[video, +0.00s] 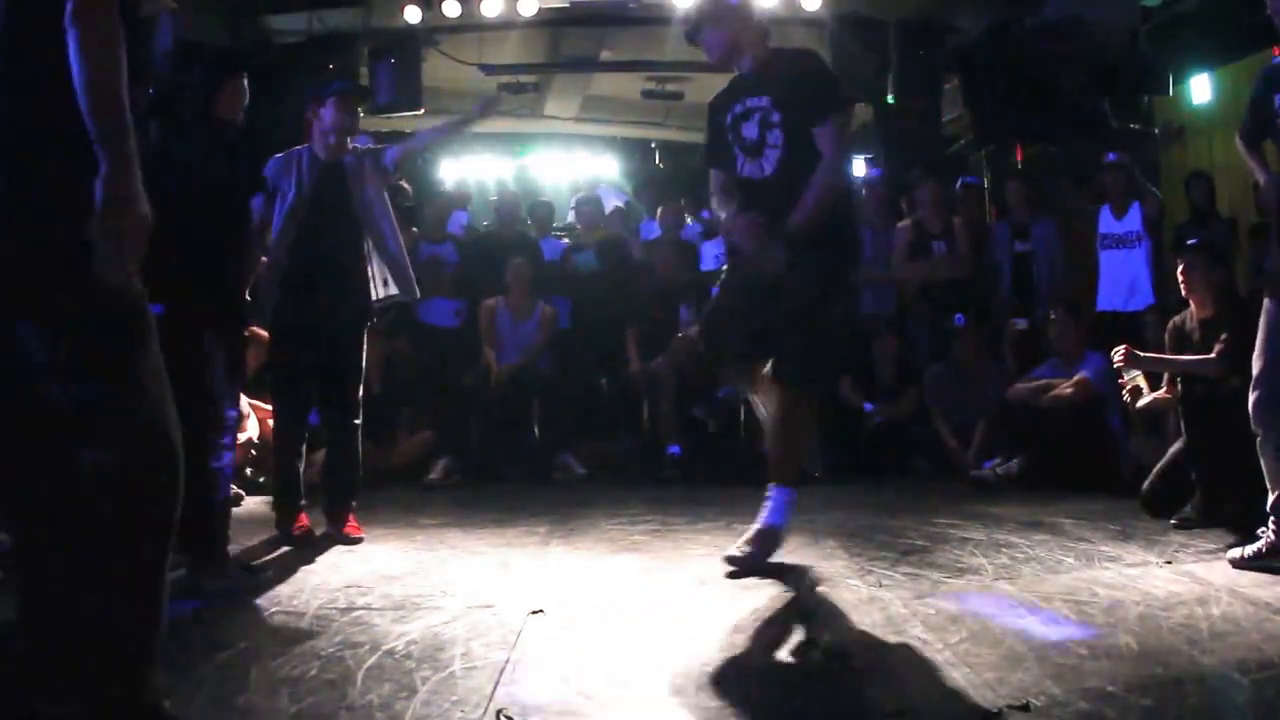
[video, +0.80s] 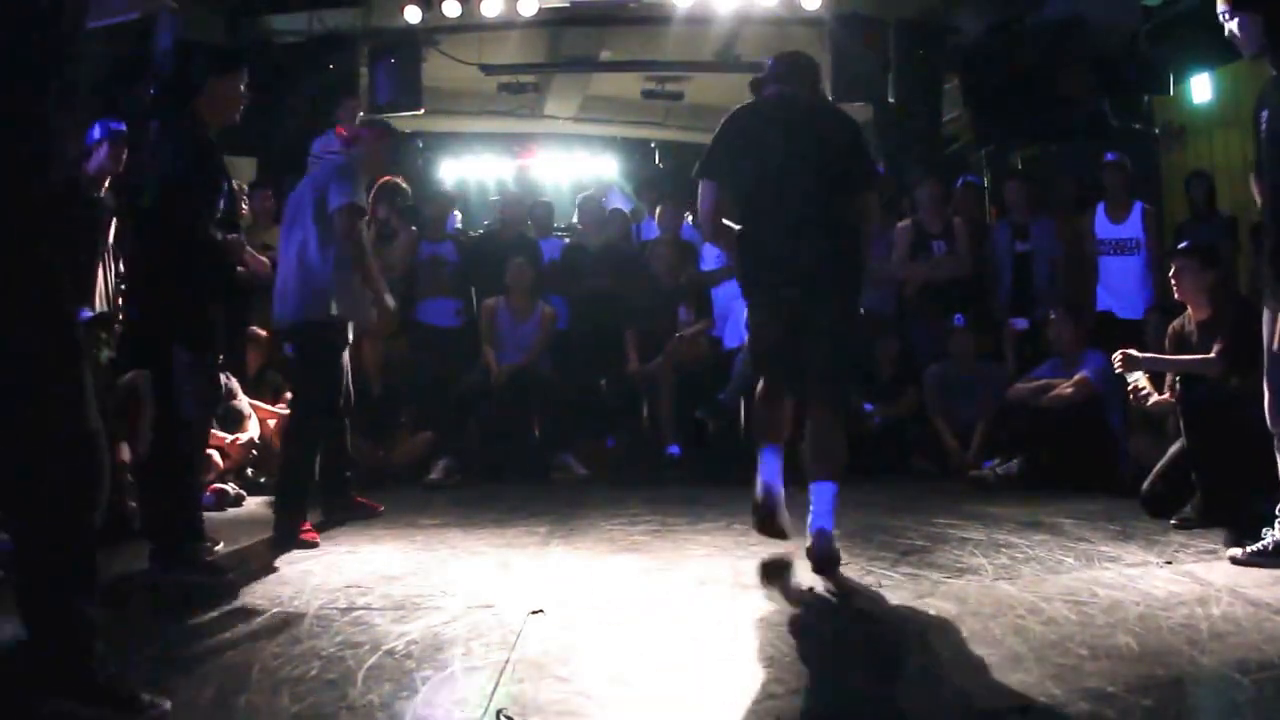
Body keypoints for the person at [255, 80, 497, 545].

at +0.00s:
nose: (350, 120)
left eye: (354, 113)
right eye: (341, 111)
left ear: (356, 121)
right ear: (316, 115)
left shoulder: (366, 161)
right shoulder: (284, 166)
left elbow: (416, 143)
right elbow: (254, 230)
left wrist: (470, 119)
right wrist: (242, 288)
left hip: (349, 306)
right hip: (293, 305)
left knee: (345, 414)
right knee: (290, 417)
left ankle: (342, 511)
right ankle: (291, 513)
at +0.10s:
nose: (339, 125)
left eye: (344, 116)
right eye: (330, 115)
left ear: (349, 121)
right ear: (307, 117)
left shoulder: (360, 164)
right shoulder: (275, 172)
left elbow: (413, 171)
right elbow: (251, 240)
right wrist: (253, 305)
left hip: (347, 308)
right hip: (293, 308)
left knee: (344, 415)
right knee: (292, 415)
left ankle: (341, 510)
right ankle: (290, 512)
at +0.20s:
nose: (340, 118)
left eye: (340, 110)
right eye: (329, 109)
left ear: (341, 116)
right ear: (300, 117)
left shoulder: (359, 167)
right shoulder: (271, 177)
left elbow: (403, 206)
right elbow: (255, 251)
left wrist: (447, 257)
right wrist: (262, 313)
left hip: (347, 314)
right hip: (291, 314)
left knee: (345, 418)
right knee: (289, 421)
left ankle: (342, 511)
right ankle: (290, 512)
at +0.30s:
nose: (344, 117)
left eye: (341, 110)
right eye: (333, 111)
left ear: (332, 120)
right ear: (304, 121)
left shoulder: (355, 171)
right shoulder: (271, 181)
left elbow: (379, 232)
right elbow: (257, 253)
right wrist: (261, 319)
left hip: (343, 317)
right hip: (290, 320)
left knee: (352, 413)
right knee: (288, 421)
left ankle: (342, 506)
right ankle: (291, 512)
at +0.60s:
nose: (370, 140)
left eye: (372, 130)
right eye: (363, 129)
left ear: (345, 129)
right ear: (337, 126)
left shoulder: (336, 177)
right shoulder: (305, 178)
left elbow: (336, 254)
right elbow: (298, 258)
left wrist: (344, 313)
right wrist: (309, 324)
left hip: (334, 319)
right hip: (300, 323)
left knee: (352, 405)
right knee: (296, 420)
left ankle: (342, 495)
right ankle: (291, 514)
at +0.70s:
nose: (373, 150)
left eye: (376, 142)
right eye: (369, 140)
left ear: (355, 135)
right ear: (348, 130)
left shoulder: (336, 176)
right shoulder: (321, 176)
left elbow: (334, 253)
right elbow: (322, 256)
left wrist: (343, 311)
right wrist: (340, 315)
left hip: (327, 316)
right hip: (306, 317)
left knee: (340, 409)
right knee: (303, 415)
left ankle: (341, 496)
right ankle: (290, 517)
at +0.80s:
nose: (384, 161)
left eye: (387, 153)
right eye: (384, 151)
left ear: (357, 139)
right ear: (369, 141)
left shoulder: (321, 172)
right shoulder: (343, 168)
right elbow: (350, 234)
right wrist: (382, 292)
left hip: (315, 305)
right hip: (318, 306)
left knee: (336, 407)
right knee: (313, 411)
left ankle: (337, 496)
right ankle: (290, 518)